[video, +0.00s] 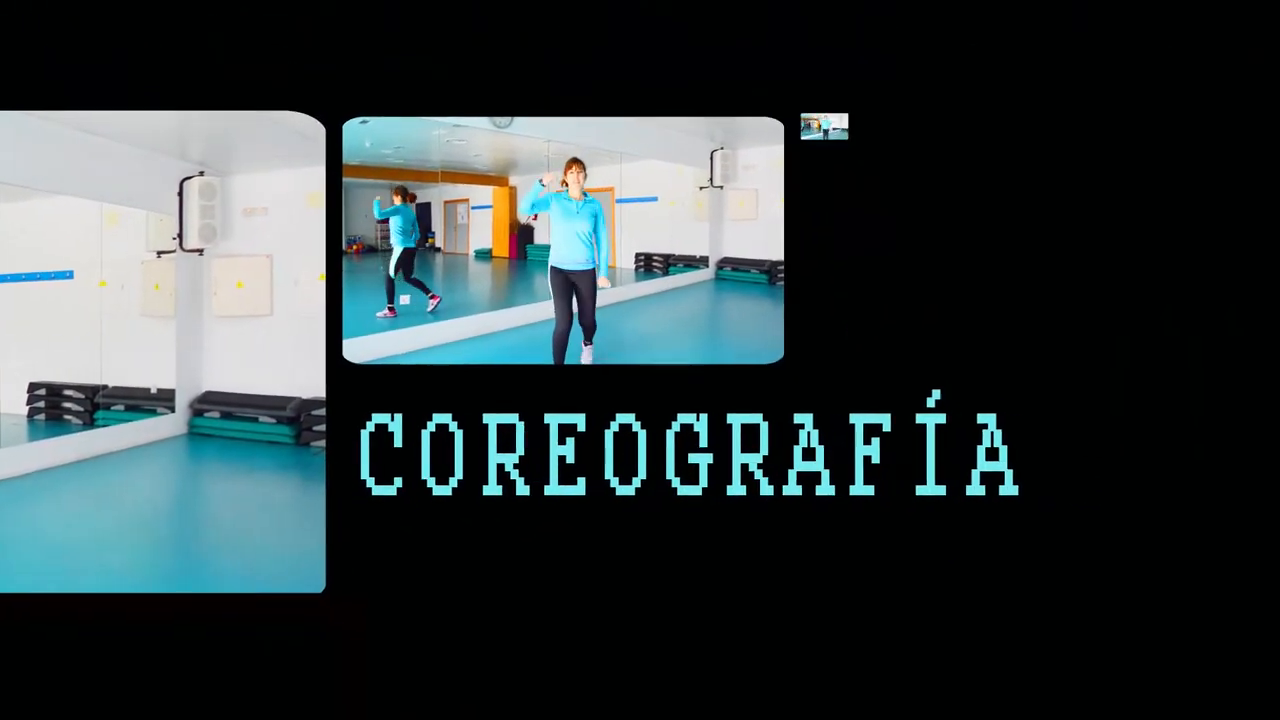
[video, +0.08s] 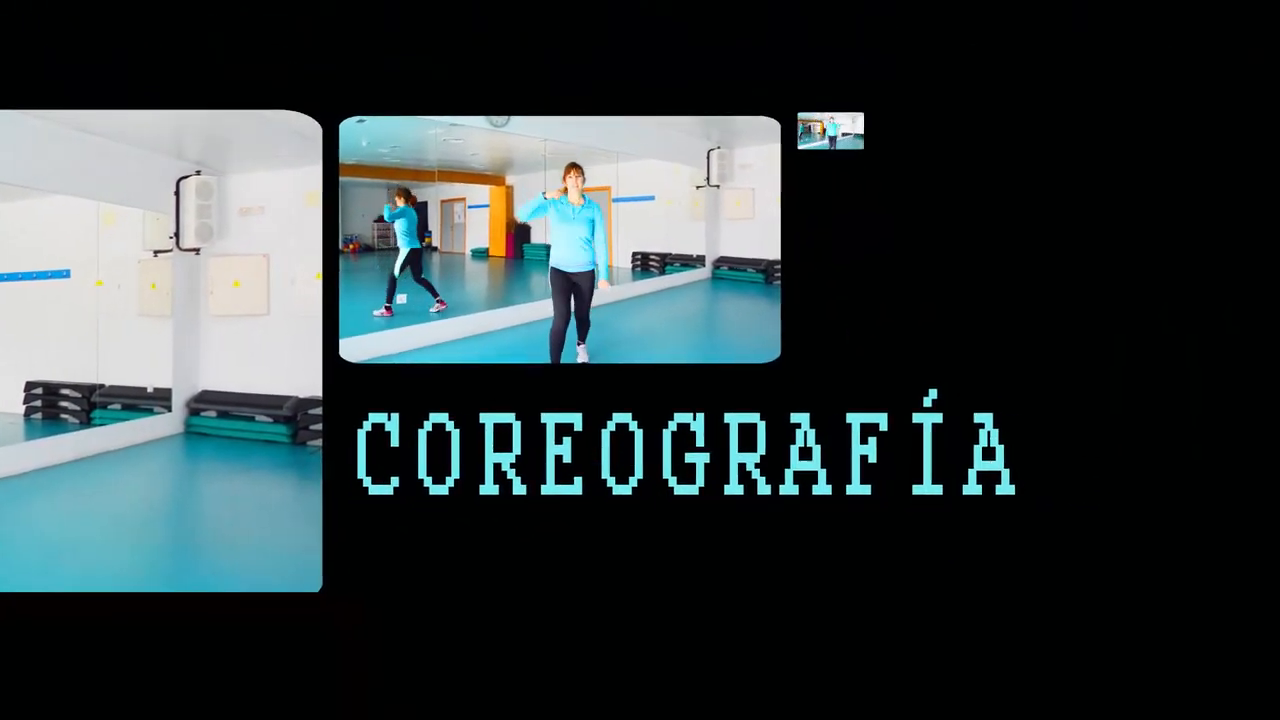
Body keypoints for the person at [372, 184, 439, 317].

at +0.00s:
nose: (393, 199)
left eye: (394, 196)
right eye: (393, 196)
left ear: (398, 196)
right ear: (405, 197)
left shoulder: (397, 209)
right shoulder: (411, 212)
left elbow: (379, 215)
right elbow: (417, 232)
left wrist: (376, 202)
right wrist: (412, 242)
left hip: (400, 247)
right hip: (411, 247)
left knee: (390, 276)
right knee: (408, 277)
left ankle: (390, 308)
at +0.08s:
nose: (396, 201)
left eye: (397, 198)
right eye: (396, 199)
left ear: (401, 198)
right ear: (407, 199)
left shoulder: (404, 210)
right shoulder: (412, 211)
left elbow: (388, 218)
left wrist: (387, 207)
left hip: (407, 248)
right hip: (416, 248)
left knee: (393, 276)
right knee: (418, 277)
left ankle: (387, 307)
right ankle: (439, 301)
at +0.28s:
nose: (401, 192)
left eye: (402, 189)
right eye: (401, 189)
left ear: (406, 189)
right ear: (410, 189)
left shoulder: (410, 201)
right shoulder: (414, 201)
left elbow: (402, 217)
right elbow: (409, 221)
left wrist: (391, 222)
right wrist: (397, 223)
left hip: (419, 236)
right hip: (415, 236)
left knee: (420, 266)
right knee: (411, 267)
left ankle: (431, 298)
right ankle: (414, 300)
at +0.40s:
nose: (403, 190)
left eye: (403, 187)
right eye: (403, 187)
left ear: (408, 187)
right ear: (414, 187)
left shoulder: (410, 200)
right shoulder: (421, 199)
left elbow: (398, 215)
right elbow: (427, 217)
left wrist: (383, 225)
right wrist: (414, 217)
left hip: (419, 235)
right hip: (423, 234)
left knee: (423, 266)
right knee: (416, 265)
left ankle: (442, 292)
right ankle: (423, 296)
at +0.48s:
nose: (403, 192)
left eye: (404, 190)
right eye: (403, 190)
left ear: (409, 190)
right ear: (414, 189)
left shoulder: (410, 201)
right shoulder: (421, 201)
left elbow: (395, 216)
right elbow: (429, 217)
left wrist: (377, 225)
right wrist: (416, 217)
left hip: (421, 238)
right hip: (422, 238)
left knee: (429, 267)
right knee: (411, 265)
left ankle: (452, 290)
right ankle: (418, 296)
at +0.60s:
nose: (403, 195)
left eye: (404, 193)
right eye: (403, 193)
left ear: (410, 193)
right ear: (414, 193)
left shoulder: (409, 205)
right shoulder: (423, 205)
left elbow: (393, 218)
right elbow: (434, 218)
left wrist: (374, 224)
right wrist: (421, 221)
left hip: (424, 241)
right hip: (424, 240)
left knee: (433, 267)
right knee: (408, 262)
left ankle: (454, 291)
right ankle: (410, 294)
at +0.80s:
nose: (396, 181)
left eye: (397, 178)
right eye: (396, 178)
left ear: (402, 178)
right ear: (407, 178)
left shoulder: (401, 192)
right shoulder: (417, 189)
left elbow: (394, 214)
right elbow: (429, 203)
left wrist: (396, 211)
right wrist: (426, 219)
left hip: (415, 225)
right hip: (419, 223)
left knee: (424, 254)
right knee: (402, 250)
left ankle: (437, 283)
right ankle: (409, 280)